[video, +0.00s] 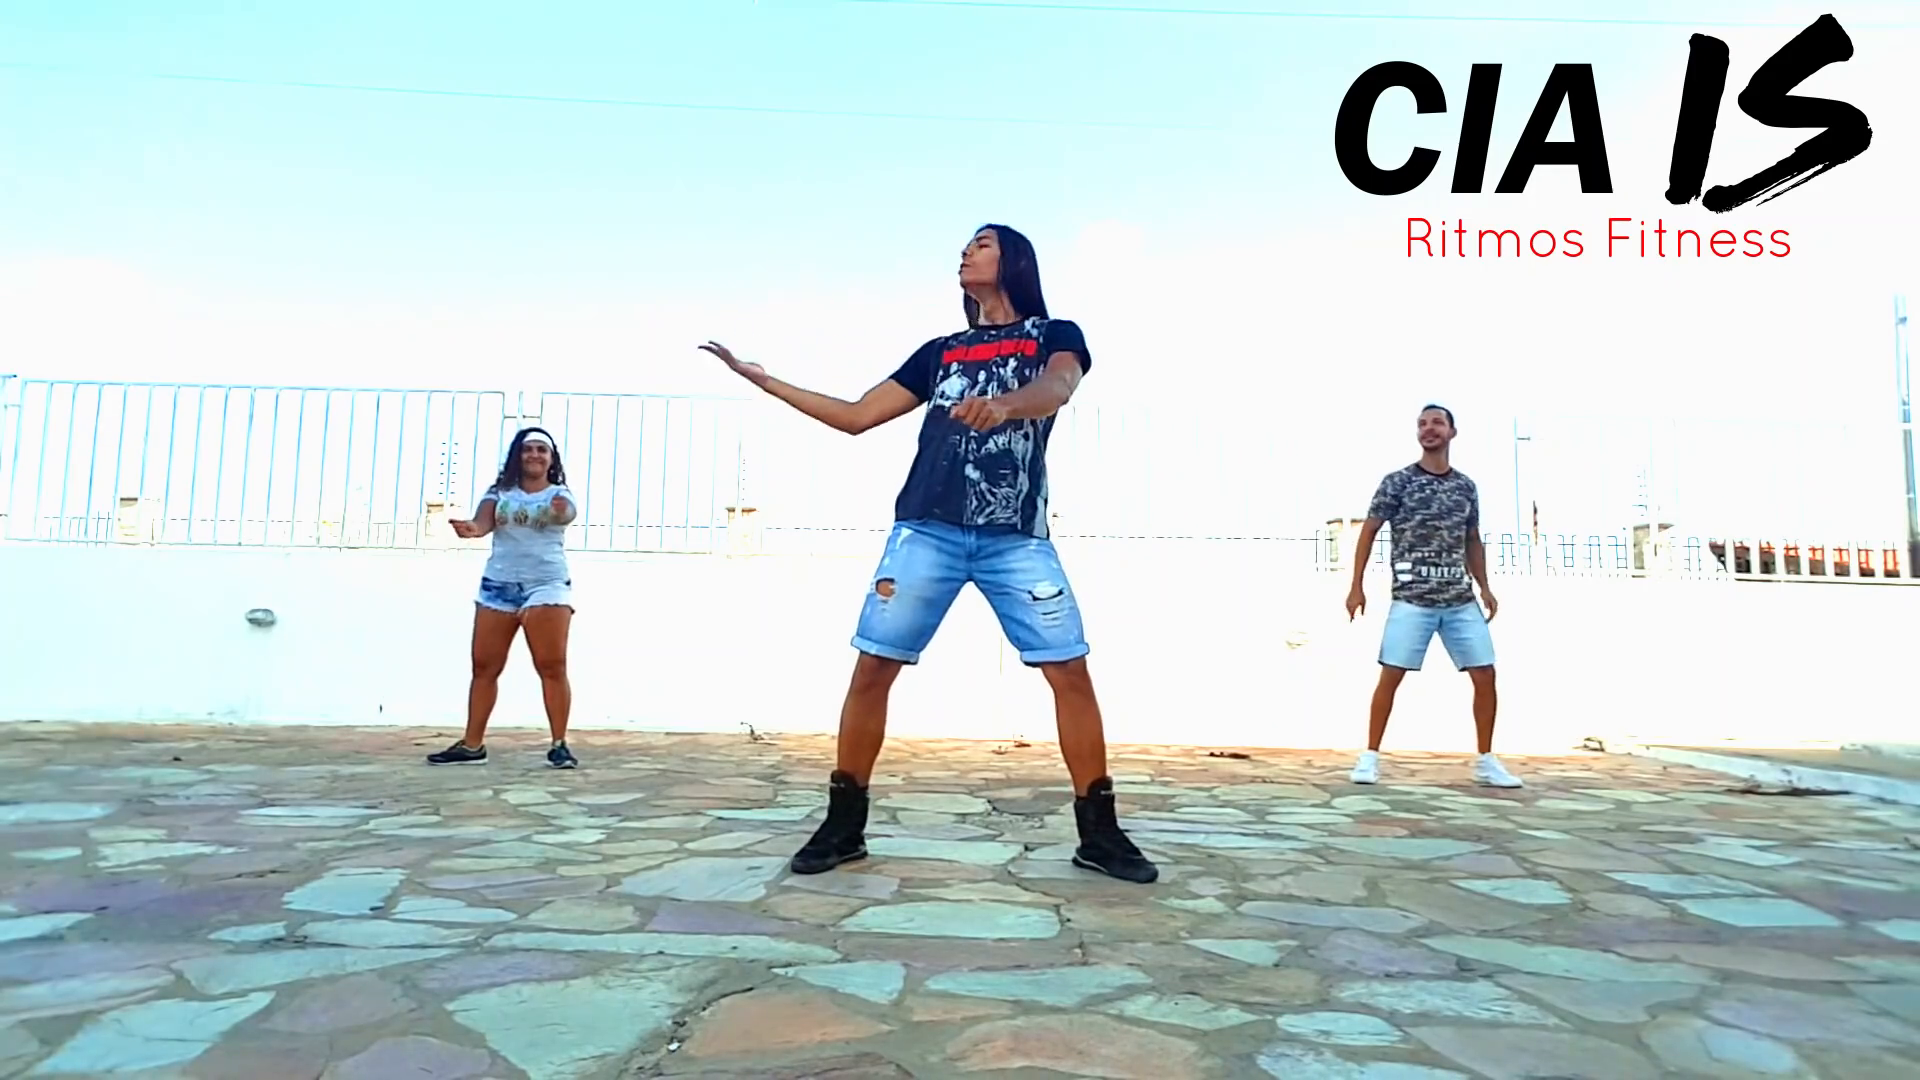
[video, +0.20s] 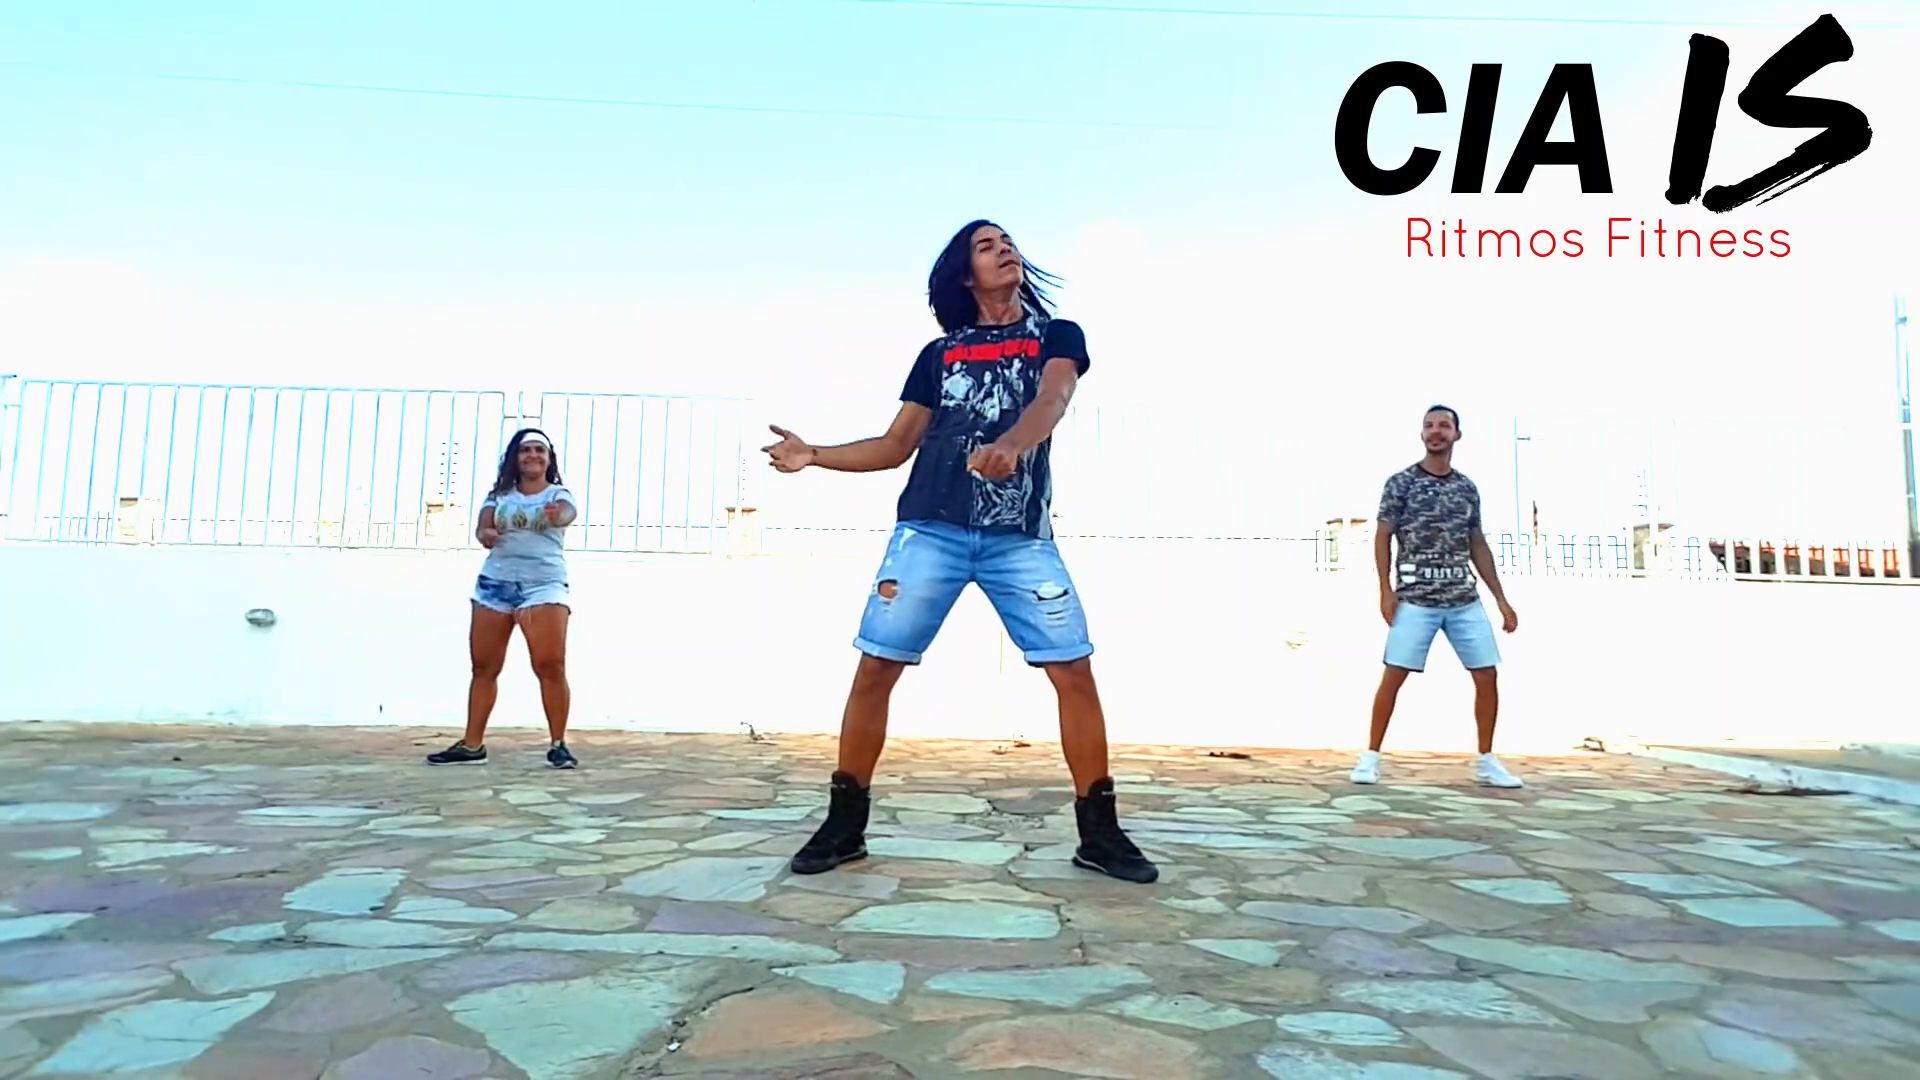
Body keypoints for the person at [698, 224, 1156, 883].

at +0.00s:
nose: (964, 253)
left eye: (980, 245)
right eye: (966, 246)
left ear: (1013, 262)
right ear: (969, 270)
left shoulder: (1055, 334)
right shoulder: (940, 352)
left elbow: (1058, 387)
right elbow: (855, 416)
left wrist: (1002, 406)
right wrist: (764, 379)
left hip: (1016, 536)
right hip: (928, 531)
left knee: (1070, 670)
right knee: (872, 669)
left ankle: (1099, 831)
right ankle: (843, 824)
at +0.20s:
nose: (1005, 250)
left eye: (1009, 242)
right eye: (987, 246)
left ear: (1022, 263)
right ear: (962, 273)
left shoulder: (1058, 335)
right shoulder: (941, 354)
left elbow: (1052, 399)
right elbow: (895, 445)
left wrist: (1013, 444)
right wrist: (813, 454)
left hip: (1020, 537)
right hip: (931, 531)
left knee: (1074, 669)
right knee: (876, 667)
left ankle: (1100, 832)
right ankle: (843, 824)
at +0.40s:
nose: (981, 242)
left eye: (990, 234)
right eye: (966, 239)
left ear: (1010, 253)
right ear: (951, 265)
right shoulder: (934, 339)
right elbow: (908, 440)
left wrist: (1023, 467)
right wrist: (890, 524)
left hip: (1024, 531)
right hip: (933, 527)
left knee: (1082, 663)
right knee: (866, 656)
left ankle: (1107, 824)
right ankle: (838, 816)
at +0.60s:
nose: (967, 280)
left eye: (976, 271)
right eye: (953, 276)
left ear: (997, 287)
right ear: (940, 298)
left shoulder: (1035, 365)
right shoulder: (917, 373)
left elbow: (1052, 407)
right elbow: (854, 441)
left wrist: (1038, 435)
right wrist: (808, 451)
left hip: (1019, 563)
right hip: (925, 559)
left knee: (1079, 686)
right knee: (851, 676)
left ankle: (1119, 829)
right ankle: (836, 822)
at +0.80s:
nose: (921, 223)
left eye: (931, 213)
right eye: (907, 217)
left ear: (952, 226)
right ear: (893, 235)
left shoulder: (987, 300)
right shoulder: (874, 304)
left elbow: (1003, 338)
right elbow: (866, 376)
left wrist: (985, 348)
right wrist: (821, 366)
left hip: (967, 493)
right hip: (879, 490)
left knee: (1022, 628)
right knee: (816, 625)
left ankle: (1057, 784)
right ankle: (780, 783)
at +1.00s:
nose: (909, 288)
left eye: (918, 276)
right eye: (895, 280)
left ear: (938, 287)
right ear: (876, 298)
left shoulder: (969, 362)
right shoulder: (854, 369)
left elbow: (989, 388)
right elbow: (826, 411)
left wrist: (944, 380)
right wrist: (892, 408)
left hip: (953, 561)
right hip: (862, 558)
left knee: (1011, 684)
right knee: (779, 673)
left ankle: (1033, 824)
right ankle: (755, 816)